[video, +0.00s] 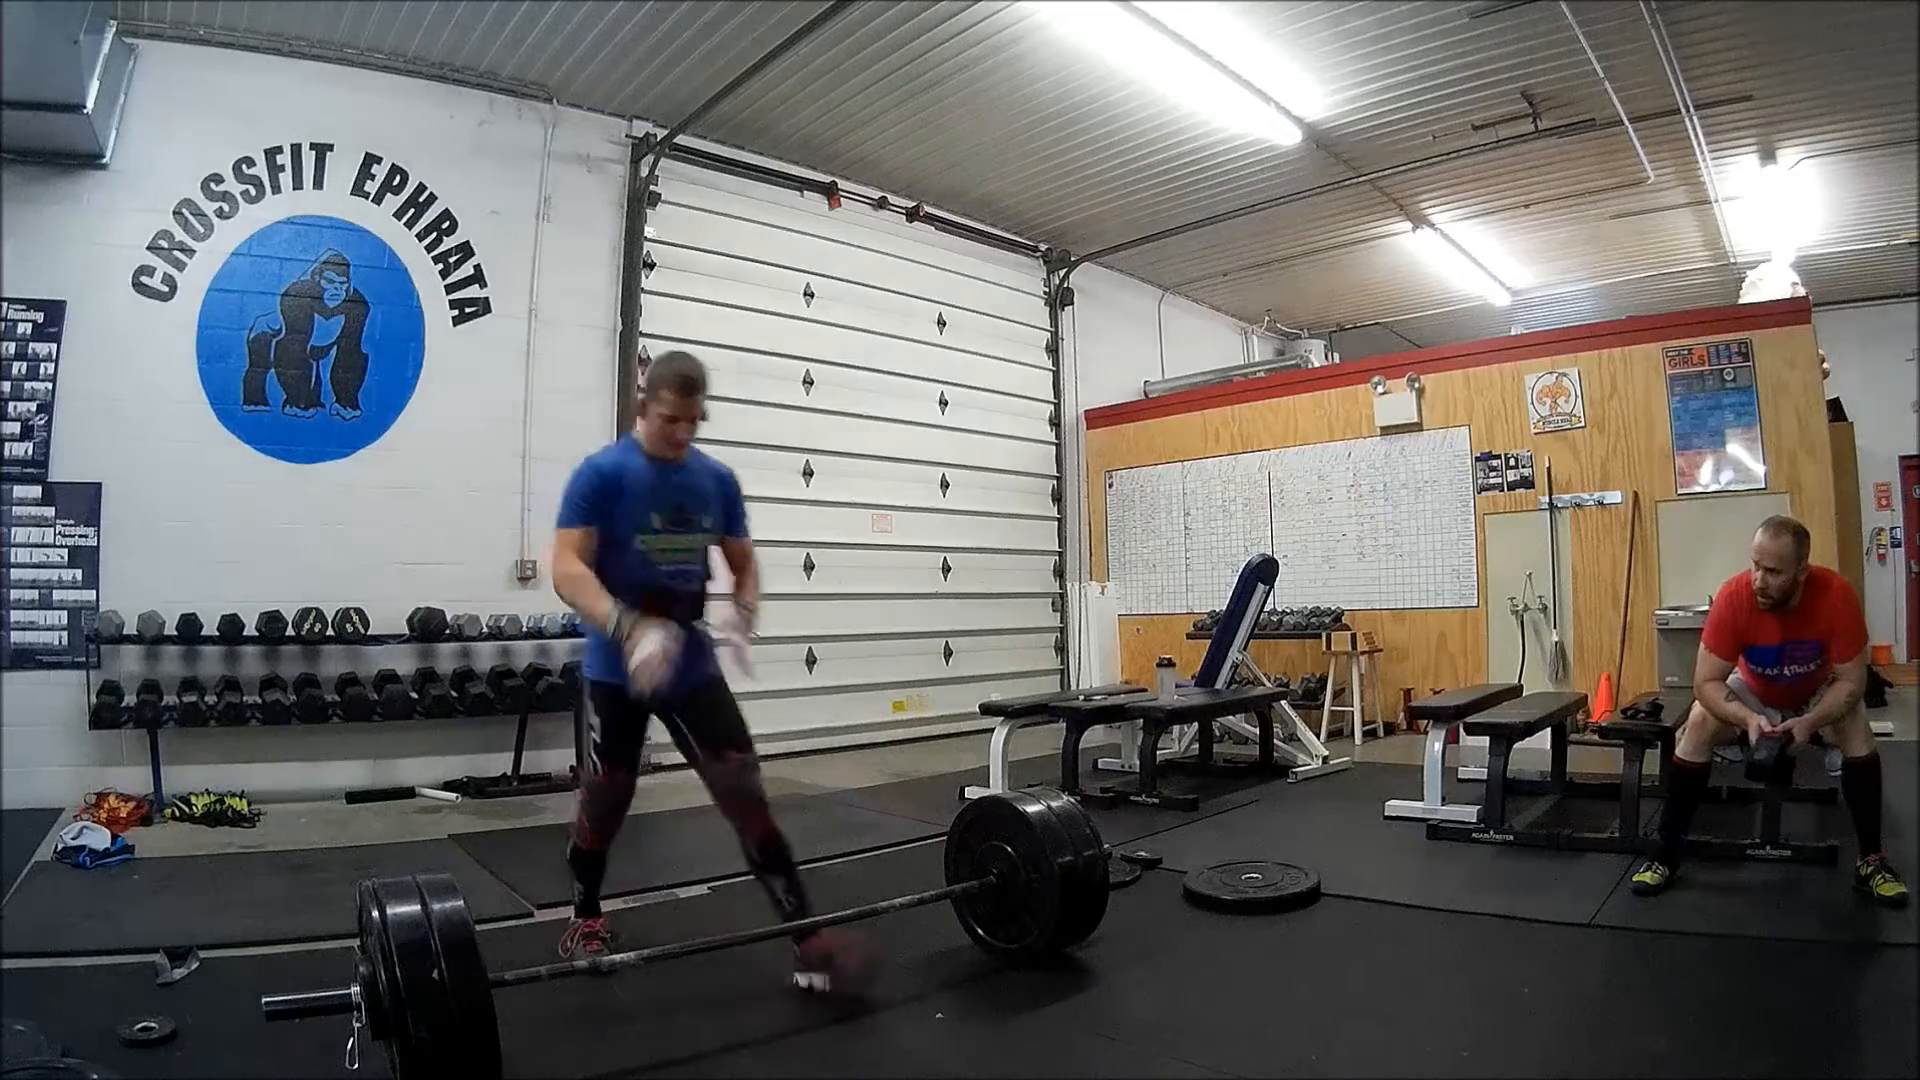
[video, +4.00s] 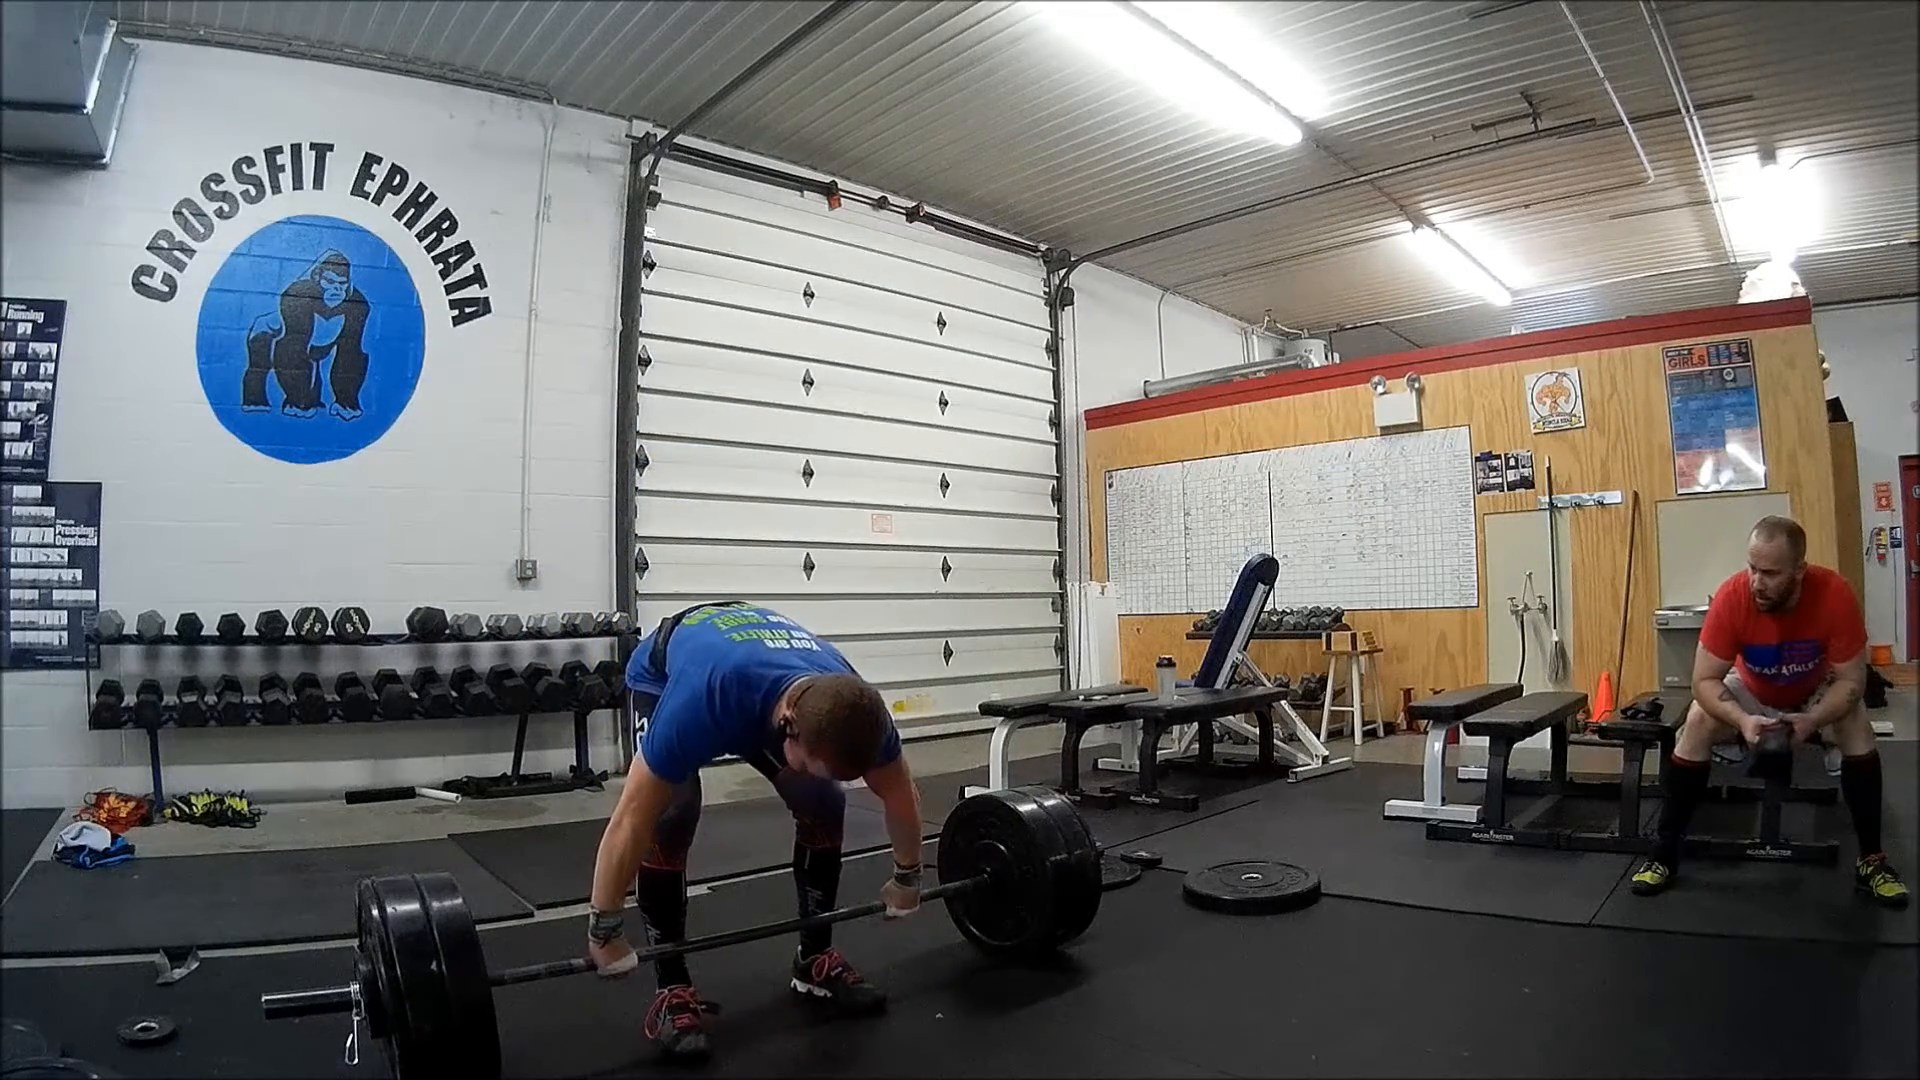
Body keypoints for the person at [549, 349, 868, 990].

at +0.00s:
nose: (683, 433)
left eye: (693, 420)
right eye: (671, 419)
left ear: (703, 416)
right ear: (642, 409)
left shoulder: (714, 481)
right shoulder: (601, 477)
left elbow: (744, 566)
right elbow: (565, 568)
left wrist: (740, 616)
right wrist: (627, 627)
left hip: (690, 658)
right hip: (616, 664)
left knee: (741, 788)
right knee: (607, 794)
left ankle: (808, 939)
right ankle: (586, 916)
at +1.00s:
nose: (809, 732)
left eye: (818, 723)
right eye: (799, 724)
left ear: (833, 675)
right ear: (761, 697)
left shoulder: (827, 661)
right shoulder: (677, 688)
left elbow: (865, 745)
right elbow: (618, 809)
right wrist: (603, 929)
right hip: (645, 672)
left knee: (806, 801)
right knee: (655, 817)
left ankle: (818, 957)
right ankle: (669, 989)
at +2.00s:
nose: (840, 769)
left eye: (853, 765)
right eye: (837, 760)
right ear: (811, 715)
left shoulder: (868, 697)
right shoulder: (723, 708)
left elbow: (904, 787)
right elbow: (645, 818)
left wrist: (910, 874)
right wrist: (610, 928)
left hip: (762, 660)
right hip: (669, 677)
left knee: (826, 801)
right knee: (694, 813)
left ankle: (817, 960)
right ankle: (676, 991)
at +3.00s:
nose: (820, 798)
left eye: (837, 796)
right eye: (814, 787)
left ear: (876, 750)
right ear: (789, 736)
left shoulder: (871, 729)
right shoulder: (701, 715)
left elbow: (898, 797)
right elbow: (625, 824)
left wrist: (907, 877)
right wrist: (603, 934)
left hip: (768, 643)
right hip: (667, 664)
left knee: (827, 809)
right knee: (669, 826)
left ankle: (814, 959)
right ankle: (676, 991)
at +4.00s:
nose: (817, 779)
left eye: (833, 774)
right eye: (815, 767)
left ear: (868, 733)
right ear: (790, 723)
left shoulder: (863, 718)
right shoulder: (700, 705)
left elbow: (899, 793)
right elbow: (631, 816)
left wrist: (909, 877)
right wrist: (603, 930)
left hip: (762, 659)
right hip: (662, 674)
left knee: (824, 803)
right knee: (675, 813)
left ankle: (816, 958)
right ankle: (673, 991)